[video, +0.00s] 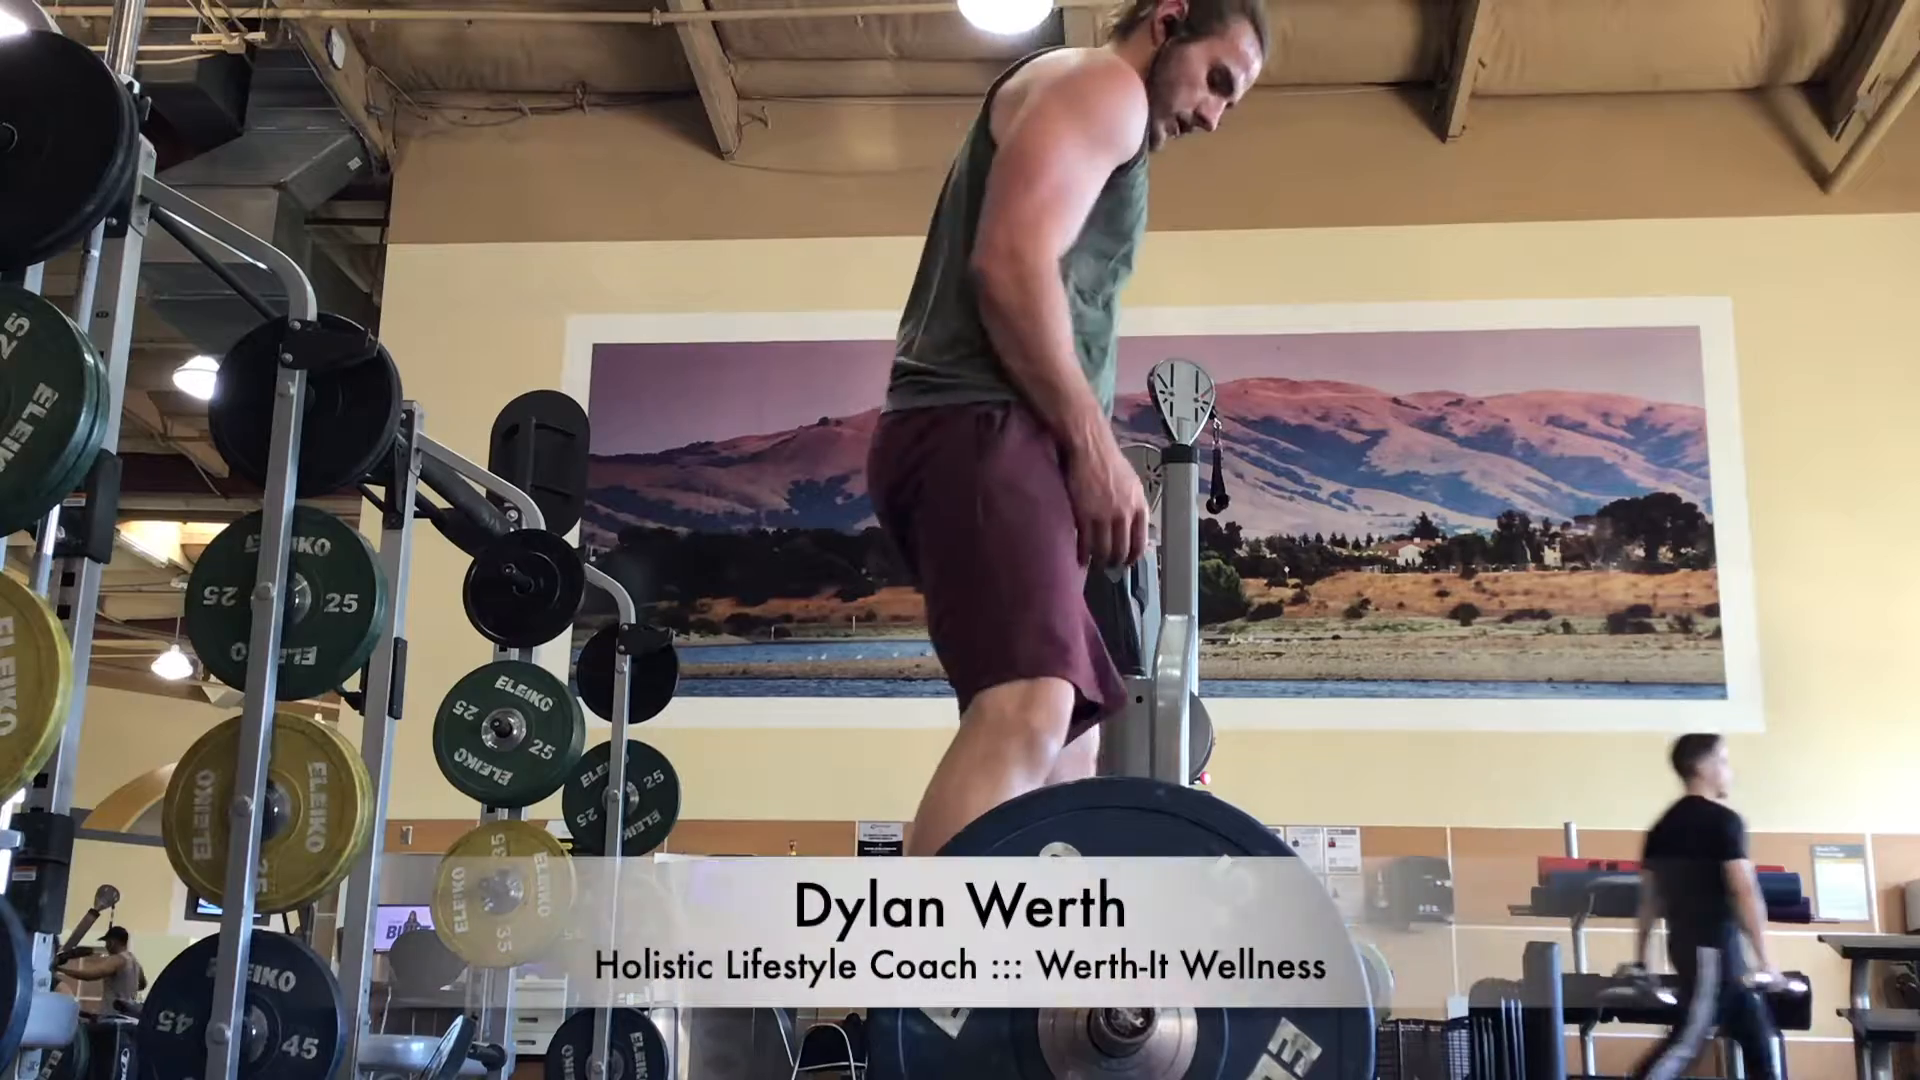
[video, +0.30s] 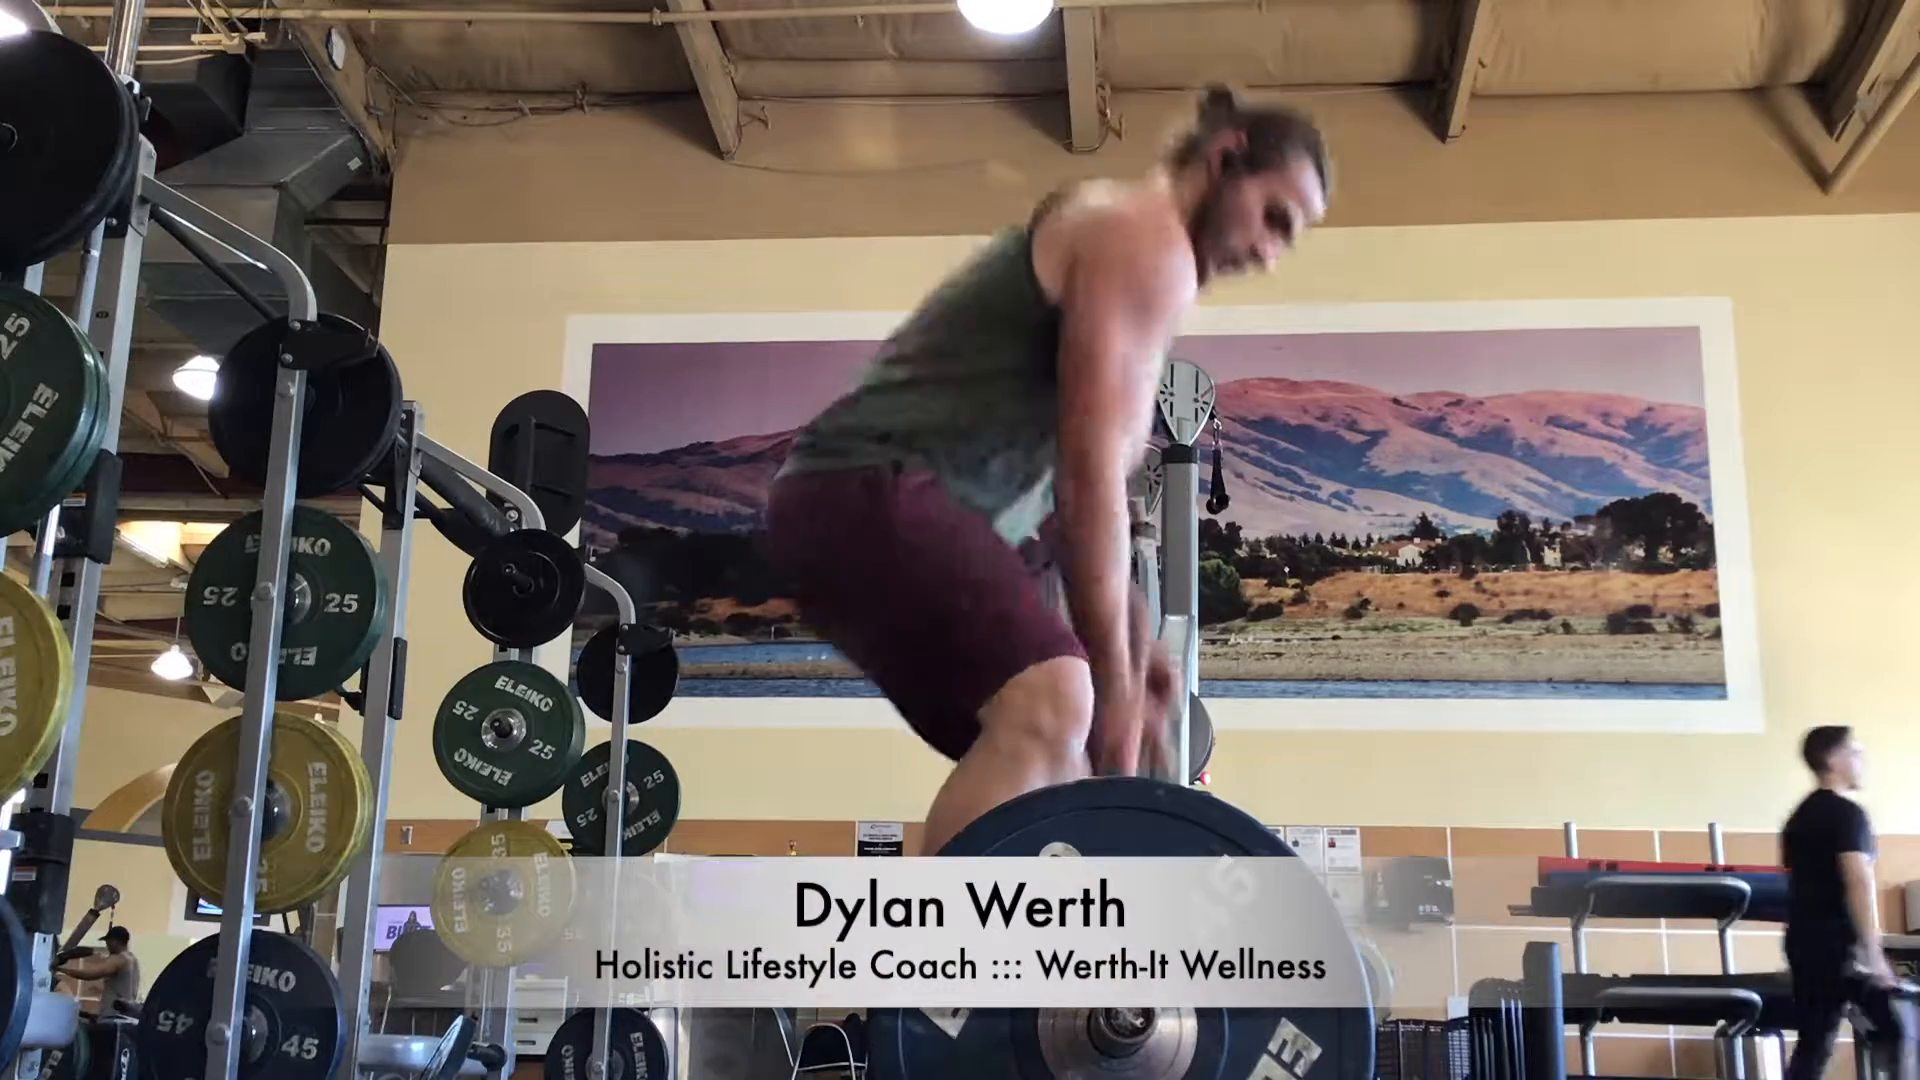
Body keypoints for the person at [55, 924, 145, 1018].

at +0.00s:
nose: (106, 946)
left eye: (107, 942)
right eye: (106, 942)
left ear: (114, 942)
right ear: (124, 942)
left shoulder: (117, 959)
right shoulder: (134, 961)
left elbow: (89, 975)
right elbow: (142, 984)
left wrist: (61, 970)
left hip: (110, 1016)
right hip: (127, 1017)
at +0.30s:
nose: (107, 945)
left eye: (109, 942)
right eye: (106, 942)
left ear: (116, 942)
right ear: (124, 942)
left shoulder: (119, 960)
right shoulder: (132, 960)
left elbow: (89, 975)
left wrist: (61, 969)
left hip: (111, 1016)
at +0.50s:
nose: (107, 946)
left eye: (109, 943)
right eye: (107, 943)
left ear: (116, 942)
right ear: (124, 942)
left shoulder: (121, 960)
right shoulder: (132, 960)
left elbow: (89, 975)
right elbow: (122, 989)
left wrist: (60, 969)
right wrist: (97, 990)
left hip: (111, 1017)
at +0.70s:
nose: (107, 946)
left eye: (108, 943)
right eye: (106, 943)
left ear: (116, 943)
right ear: (123, 943)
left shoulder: (121, 960)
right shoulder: (131, 960)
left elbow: (89, 974)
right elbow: (111, 989)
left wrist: (61, 969)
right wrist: (81, 991)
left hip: (113, 1017)